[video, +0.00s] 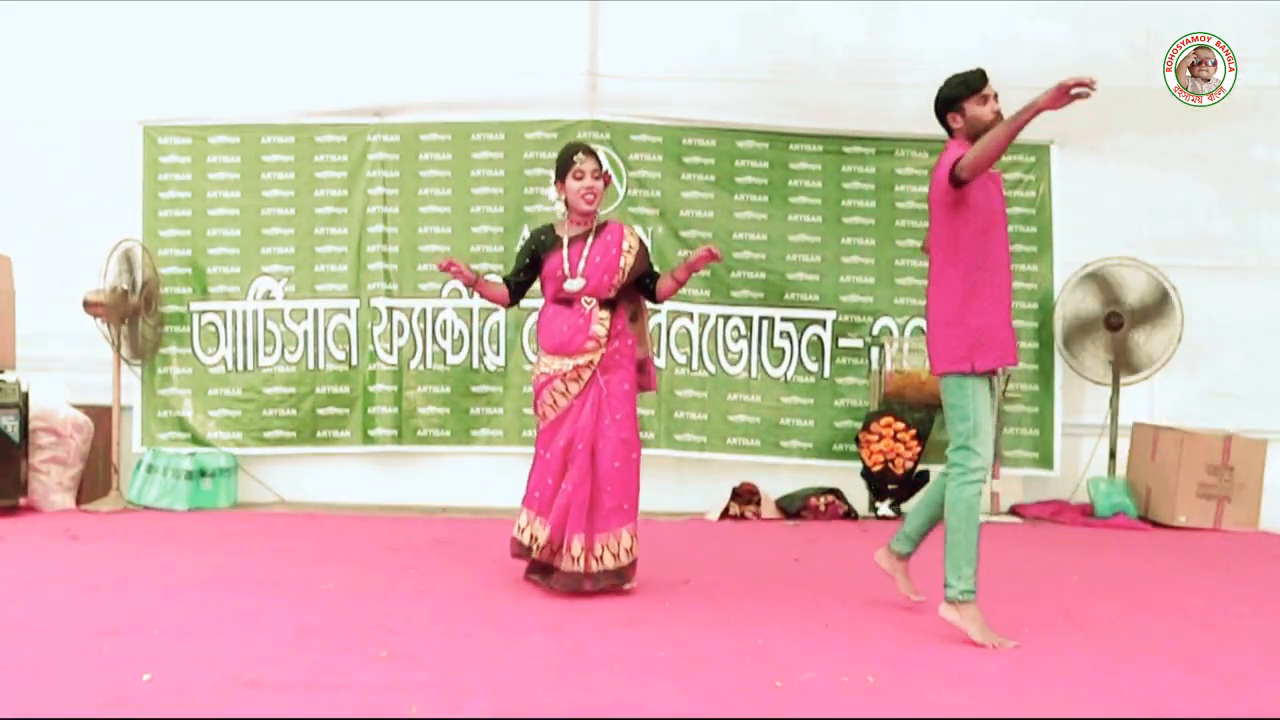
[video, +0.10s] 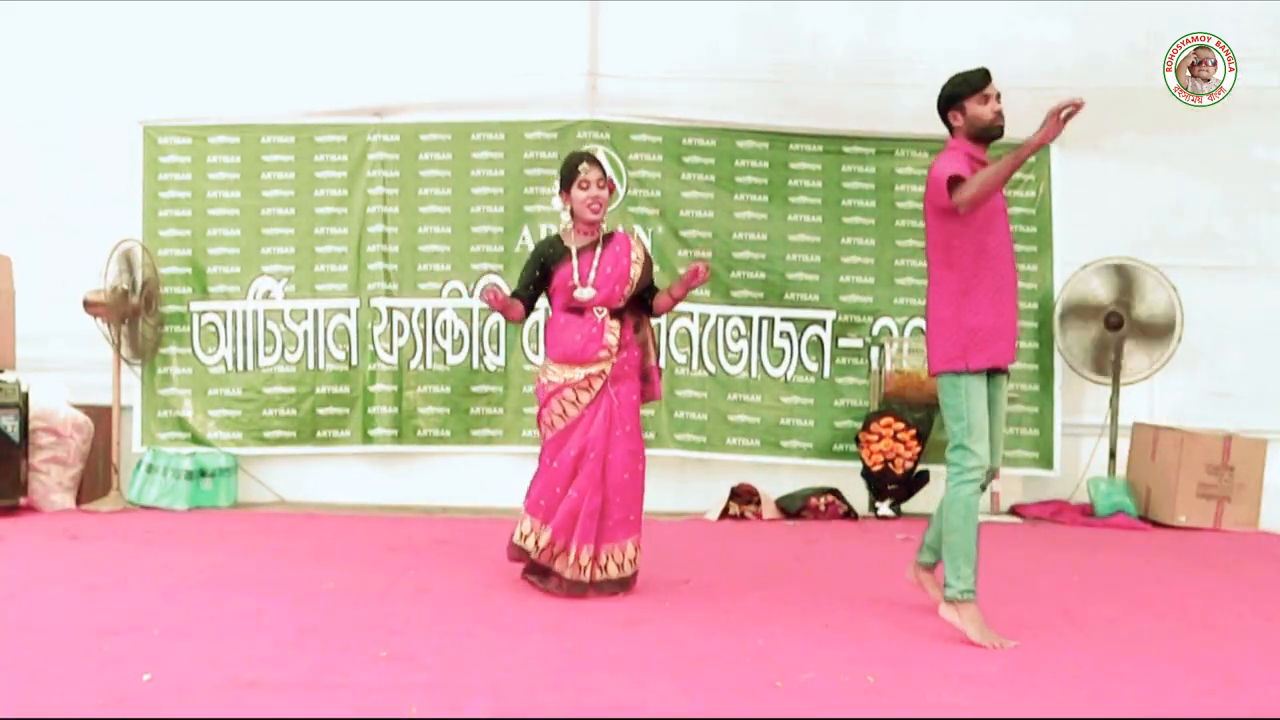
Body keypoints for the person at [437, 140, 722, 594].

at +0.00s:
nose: (590, 185)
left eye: (597, 177)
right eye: (580, 177)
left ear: (606, 185)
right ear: (561, 187)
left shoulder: (624, 239)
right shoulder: (544, 240)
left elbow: (656, 291)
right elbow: (509, 294)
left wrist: (688, 266)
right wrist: (471, 279)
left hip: (613, 362)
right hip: (559, 363)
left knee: (609, 456)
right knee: (560, 454)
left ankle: (604, 560)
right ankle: (558, 555)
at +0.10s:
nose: (595, 195)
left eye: (602, 186)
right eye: (584, 186)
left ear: (611, 193)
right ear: (566, 196)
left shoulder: (628, 247)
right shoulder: (550, 250)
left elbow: (651, 306)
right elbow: (519, 311)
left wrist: (683, 285)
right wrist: (498, 298)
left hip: (617, 376)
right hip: (565, 376)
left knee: (614, 466)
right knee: (566, 464)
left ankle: (608, 564)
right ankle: (560, 560)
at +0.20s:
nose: (605, 207)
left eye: (611, 197)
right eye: (594, 199)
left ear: (620, 202)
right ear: (575, 210)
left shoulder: (635, 258)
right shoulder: (567, 261)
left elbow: (645, 323)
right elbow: (549, 327)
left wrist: (666, 313)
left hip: (629, 384)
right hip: (580, 385)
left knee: (630, 475)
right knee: (588, 476)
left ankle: (610, 568)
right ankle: (548, 547)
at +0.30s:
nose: (612, 204)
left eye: (617, 194)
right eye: (600, 197)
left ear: (625, 199)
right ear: (580, 207)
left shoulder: (634, 253)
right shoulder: (576, 258)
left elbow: (663, 318)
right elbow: (582, 321)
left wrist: (658, 286)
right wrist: (639, 302)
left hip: (630, 379)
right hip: (584, 381)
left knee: (636, 471)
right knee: (606, 471)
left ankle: (610, 560)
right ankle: (553, 538)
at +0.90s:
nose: (642, 181)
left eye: (643, 171)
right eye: (629, 175)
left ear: (646, 177)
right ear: (607, 187)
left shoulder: (630, 230)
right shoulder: (616, 229)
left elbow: (627, 289)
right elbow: (589, 282)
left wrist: (669, 303)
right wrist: (627, 295)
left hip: (637, 360)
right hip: (624, 365)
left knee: (660, 458)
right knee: (663, 461)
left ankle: (608, 545)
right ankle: (633, 582)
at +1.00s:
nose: (634, 193)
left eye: (636, 184)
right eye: (621, 187)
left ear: (640, 189)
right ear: (598, 198)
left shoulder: (634, 242)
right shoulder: (603, 242)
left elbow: (635, 304)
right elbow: (584, 305)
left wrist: (676, 315)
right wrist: (626, 322)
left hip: (634, 372)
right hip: (610, 374)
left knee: (636, 467)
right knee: (647, 468)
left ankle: (598, 561)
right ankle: (631, 590)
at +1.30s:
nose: (607, 188)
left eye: (612, 179)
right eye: (595, 181)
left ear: (619, 185)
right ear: (575, 189)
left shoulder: (632, 236)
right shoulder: (566, 238)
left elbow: (657, 292)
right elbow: (566, 302)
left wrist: (632, 280)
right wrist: (627, 297)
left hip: (621, 360)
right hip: (575, 361)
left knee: (622, 454)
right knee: (583, 456)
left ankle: (613, 557)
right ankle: (553, 546)